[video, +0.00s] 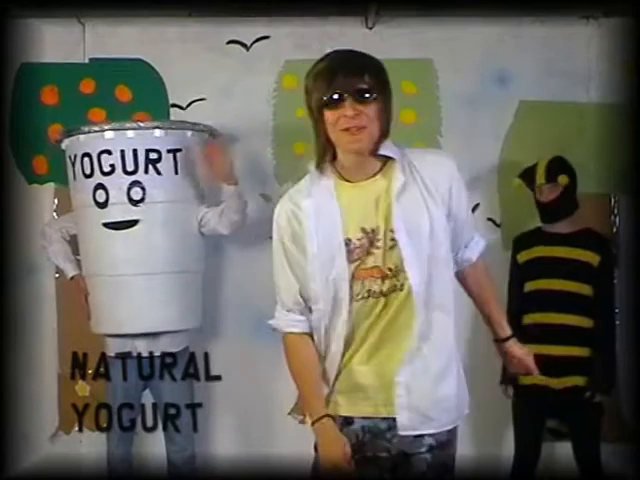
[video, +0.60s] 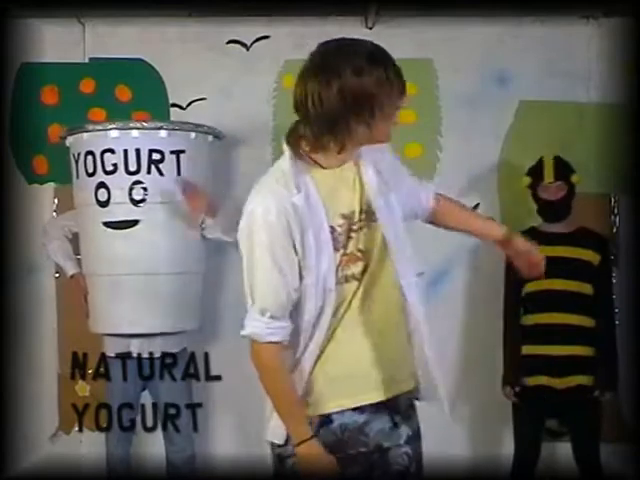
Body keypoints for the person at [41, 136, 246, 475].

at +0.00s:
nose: (136, 193)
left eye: (145, 186)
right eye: (129, 186)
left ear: (159, 187)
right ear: (118, 187)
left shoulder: (178, 214)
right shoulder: (105, 216)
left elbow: (228, 221)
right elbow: (53, 229)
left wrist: (228, 180)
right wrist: (75, 274)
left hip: (172, 342)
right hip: (122, 344)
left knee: (181, 432)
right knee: (121, 432)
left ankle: (184, 477)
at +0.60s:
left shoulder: (179, 218)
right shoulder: (106, 214)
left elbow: (236, 235)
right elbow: (54, 228)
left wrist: (209, 215)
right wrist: (75, 273)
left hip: (172, 337)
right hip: (121, 340)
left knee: (179, 432)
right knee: (120, 429)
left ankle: (183, 477)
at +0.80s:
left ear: (165, 189)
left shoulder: (182, 220)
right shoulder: (106, 217)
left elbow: (216, 247)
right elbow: (56, 227)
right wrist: (75, 273)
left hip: (171, 349)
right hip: (120, 351)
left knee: (182, 448)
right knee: (118, 451)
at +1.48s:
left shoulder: (183, 221)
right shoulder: (108, 217)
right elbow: (59, 230)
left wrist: (204, 297)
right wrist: (81, 277)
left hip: (174, 351)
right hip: (123, 352)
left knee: (183, 449)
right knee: (119, 450)